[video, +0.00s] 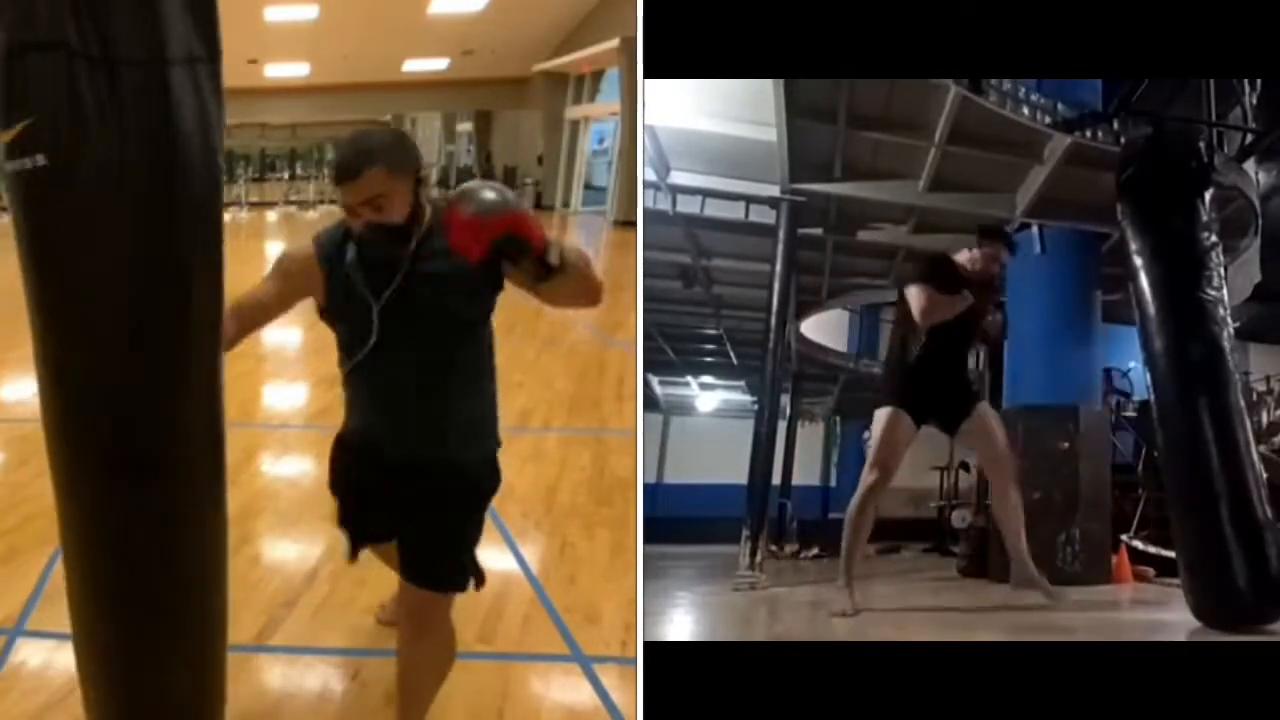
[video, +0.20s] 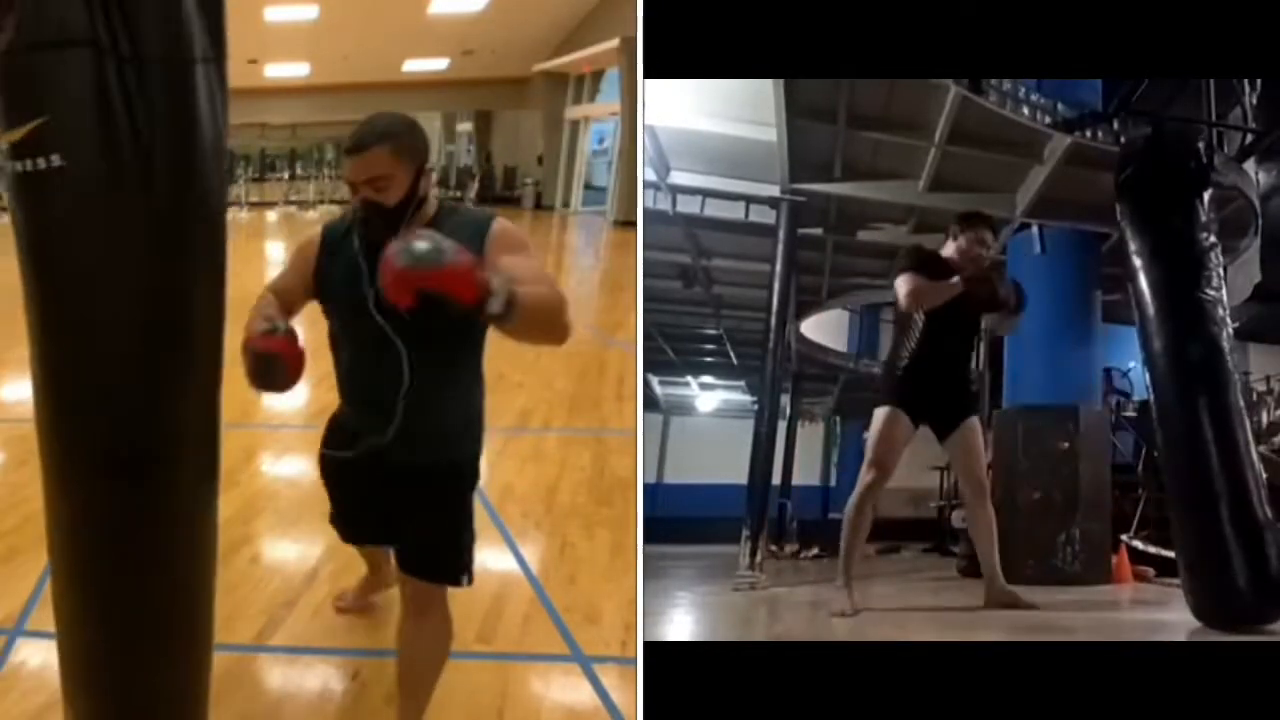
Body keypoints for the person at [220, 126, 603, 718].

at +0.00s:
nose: (364, 221)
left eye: (378, 204)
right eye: (351, 208)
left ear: (416, 186)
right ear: (338, 199)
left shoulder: (472, 238)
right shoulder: (321, 260)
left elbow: (586, 292)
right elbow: (238, 318)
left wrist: (535, 245)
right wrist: (180, 354)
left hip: (454, 453)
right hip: (369, 446)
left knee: (422, 606)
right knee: (377, 534)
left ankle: (410, 712)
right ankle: (421, 586)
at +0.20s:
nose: (363, 198)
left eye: (377, 185)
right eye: (354, 185)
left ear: (419, 174)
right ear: (347, 179)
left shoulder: (484, 237)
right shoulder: (331, 246)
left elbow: (554, 325)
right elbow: (276, 301)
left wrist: (481, 292)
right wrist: (265, 337)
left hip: (437, 447)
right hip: (357, 435)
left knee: (422, 592)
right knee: (359, 523)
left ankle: (409, 711)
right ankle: (380, 576)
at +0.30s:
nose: (362, 195)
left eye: (376, 182)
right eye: (354, 182)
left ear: (415, 174)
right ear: (348, 178)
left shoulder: (471, 243)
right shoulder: (339, 241)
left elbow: (505, 338)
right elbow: (300, 315)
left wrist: (423, 298)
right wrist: (282, 308)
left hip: (424, 437)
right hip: (355, 423)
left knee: (412, 592)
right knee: (361, 500)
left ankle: (408, 711)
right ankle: (386, 585)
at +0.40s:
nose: (352, 193)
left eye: (365, 181)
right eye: (345, 180)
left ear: (405, 172)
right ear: (341, 175)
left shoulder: (460, 238)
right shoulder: (343, 237)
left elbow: (489, 335)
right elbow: (306, 319)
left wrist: (408, 310)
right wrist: (292, 297)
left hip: (419, 420)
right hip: (358, 406)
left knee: (402, 573)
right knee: (379, 500)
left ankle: (399, 710)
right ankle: (389, 586)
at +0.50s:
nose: (346, 183)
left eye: (358, 172)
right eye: (340, 171)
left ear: (395, 162)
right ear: (336, 164)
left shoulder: (450, 225)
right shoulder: (338, 228)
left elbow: (498, 314)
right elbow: (306, 315)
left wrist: (415, 304)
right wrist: (295, 291)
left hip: (419, 404)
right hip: (357, 395)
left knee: (390, 552)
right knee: (373, 506)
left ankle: (392, 700)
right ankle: (387, 586)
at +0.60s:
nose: (340, 184)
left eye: (353, 172)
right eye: (333, 171)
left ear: (389, 163)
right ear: (328, 165)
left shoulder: (445, 222)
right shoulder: (331, 231)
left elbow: (498, 303)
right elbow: (306, 310)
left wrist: (422, 291)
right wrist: (294, 292)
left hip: (416, 404)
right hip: (355, 395)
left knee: (381, 537)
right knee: (370, 504)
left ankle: (380, 681)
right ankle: (375, 588)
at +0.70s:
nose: (334, 186)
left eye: (347, 173)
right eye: (326, 174)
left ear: (382, 164)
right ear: (320, 169)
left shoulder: (439, 223)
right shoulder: (325, 233)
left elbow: (493, 300)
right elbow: (305, 306)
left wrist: (419, 297)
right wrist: (291, 300)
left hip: (412, 401)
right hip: (352, 395)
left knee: (370, 529)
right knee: (377, 503)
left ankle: (359, 672)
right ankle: (387, 590)